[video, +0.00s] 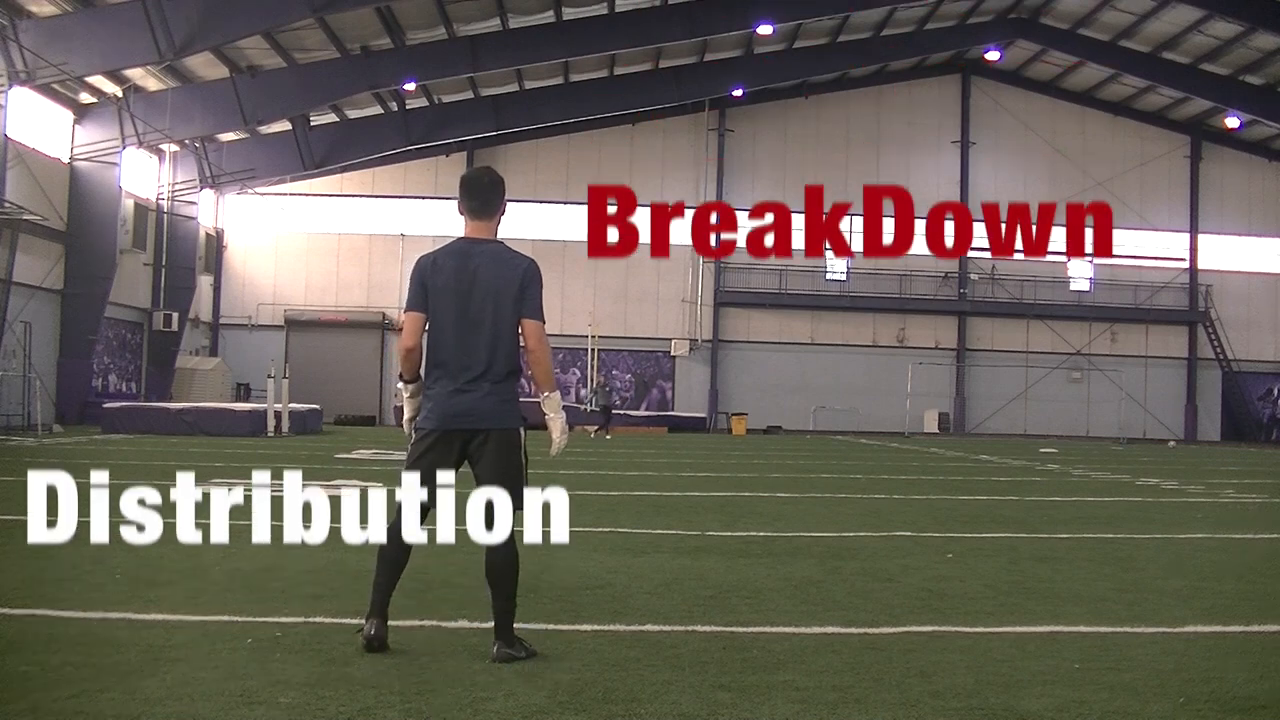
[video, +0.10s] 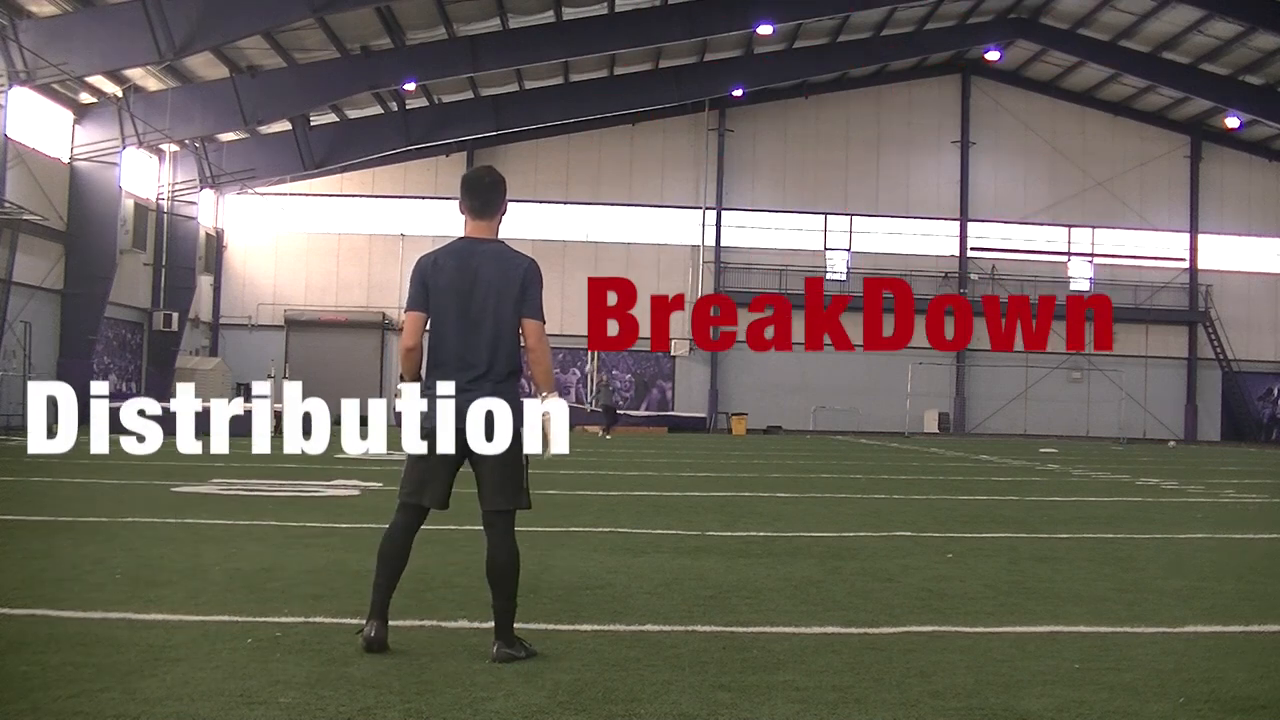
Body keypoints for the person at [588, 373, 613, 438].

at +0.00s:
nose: (603, 381)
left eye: (604, 379)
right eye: (602, 379)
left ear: (606, 380)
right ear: (599, 380)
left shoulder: (609, 387)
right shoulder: (597, 388)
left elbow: (616, 393)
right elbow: (591, 396)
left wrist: (618, 400)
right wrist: (585, 403)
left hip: (608, 405)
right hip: (602, 405)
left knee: (607, 421)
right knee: (605, 420)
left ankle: (594, 432)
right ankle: (607, 434)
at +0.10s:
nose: (605, 378)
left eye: (606, 376)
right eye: (604, 376)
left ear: (608, 378)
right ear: (602, 378)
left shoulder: (610, 386)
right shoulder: (600, 385)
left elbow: (613, 394)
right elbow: (595, 394)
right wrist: (589, 401)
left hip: (611, 404)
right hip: (603, 404)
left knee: (615, 419)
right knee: (608, 419)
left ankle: (603, 430)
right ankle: (607, 433)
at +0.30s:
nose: (609, 376)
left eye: (610, 374)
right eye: (608, 374)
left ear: (612, 375)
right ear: (606, 375)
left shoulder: (615, 383)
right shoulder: (604, 382)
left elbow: (618, 392)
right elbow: (602, 391)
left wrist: (619, 399)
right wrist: (606, 396)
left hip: (615, 401)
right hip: (608, 401)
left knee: (618, 416)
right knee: (607, 416)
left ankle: (615, 432)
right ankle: (605, 432)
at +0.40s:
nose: (611, 375)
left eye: (612, 374)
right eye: (609, 374)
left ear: (614, 374)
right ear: (607, 374)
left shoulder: (617, 383)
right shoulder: (606, 382)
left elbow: (620, 391)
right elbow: (607, 390)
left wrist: (620, 396)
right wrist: (613, 394)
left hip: (617, 401)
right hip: (609, 401)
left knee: (617, 417)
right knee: (607, 415)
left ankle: (613, 433)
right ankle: (602, 432)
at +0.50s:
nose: (612, 375)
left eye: (613, 374)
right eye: (611, 374)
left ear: (615, 374)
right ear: (609, 374)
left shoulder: (617, 382)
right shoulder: (607, 381)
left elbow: (619, 390)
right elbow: (609, 391)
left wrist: (621, 396)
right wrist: (617, 394)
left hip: (617, 400)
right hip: (610, 400)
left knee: (617, 417)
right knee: (608, 415)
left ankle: (613, 432)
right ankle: (602, 431)